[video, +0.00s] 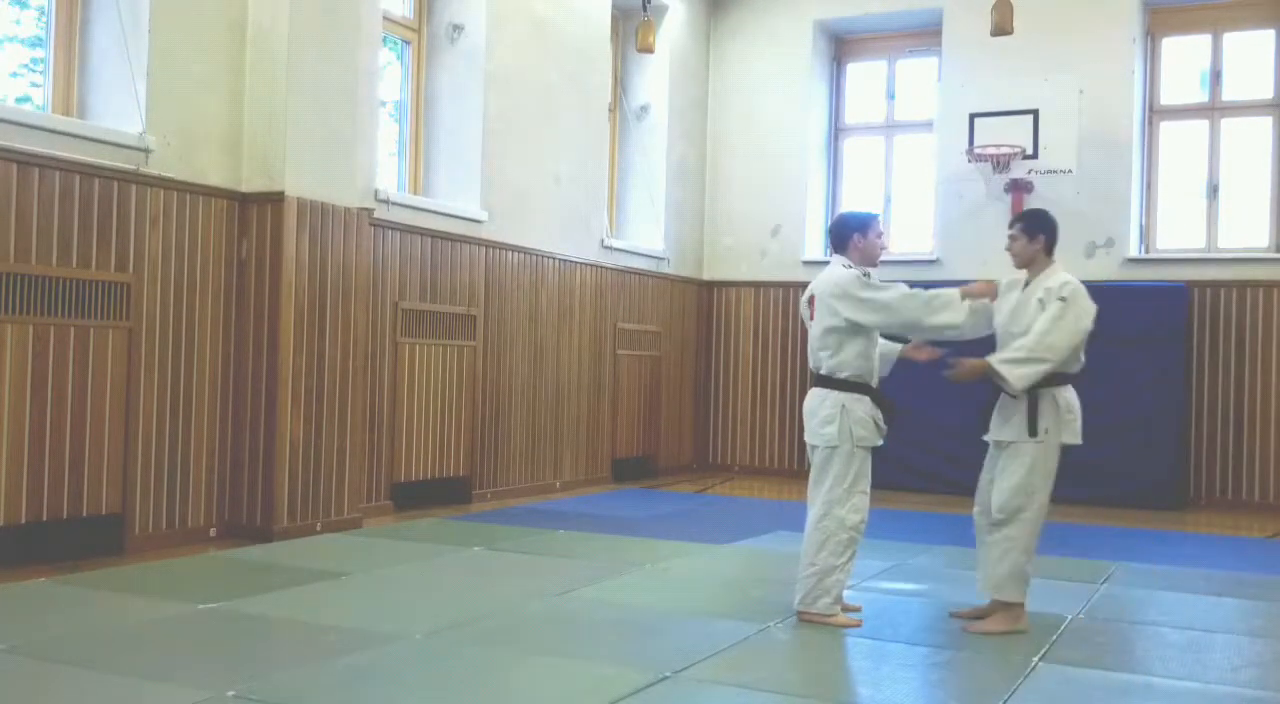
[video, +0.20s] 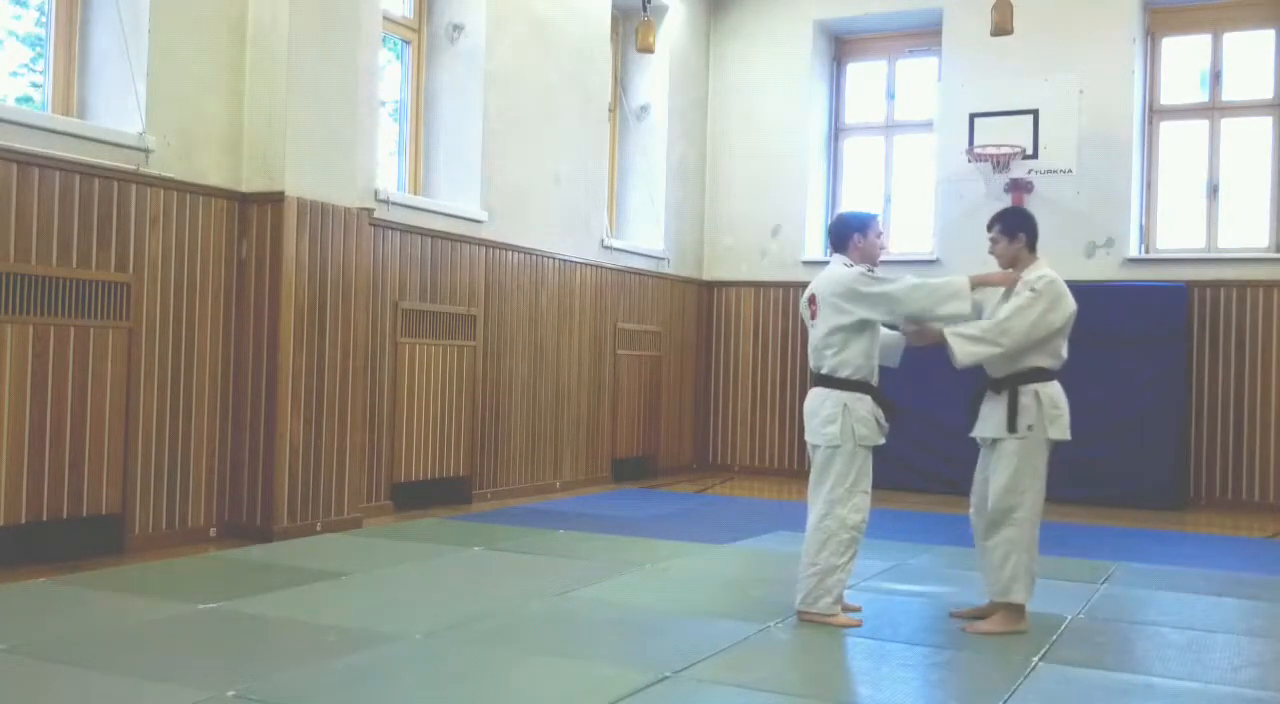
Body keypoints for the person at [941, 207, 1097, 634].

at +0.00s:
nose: (1008, 246)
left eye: (1015, 239)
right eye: (1009, 239)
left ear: (1040, 242)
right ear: (1026, 243)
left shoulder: (1069, 292)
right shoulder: (1012, 289)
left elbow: (1046, 347)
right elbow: (969, 317)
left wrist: (988, 366)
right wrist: (918, 306)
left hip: (1042, 412)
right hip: (1011, 408)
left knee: (1014, 507)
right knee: (989, 505)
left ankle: (1012, 609)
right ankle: (999, 600)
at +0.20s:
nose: (992, 250)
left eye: (997, 241)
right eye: (990, 243)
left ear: (1022, 240)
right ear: (1016, 243)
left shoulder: (1046, 285)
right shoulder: (1018, 285)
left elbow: (1005, 332)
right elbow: (992, 326)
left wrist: (942, 335)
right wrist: (936, 327)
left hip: (1028, 406)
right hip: (1001, 405)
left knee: (1011, 506)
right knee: (986, 505)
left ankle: (1013, 609)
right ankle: (1000, 599)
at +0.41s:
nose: (985, 250)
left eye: (989, 242)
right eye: (982, 243)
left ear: (1013, 239)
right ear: (1008, 242)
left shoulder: (1037, 284)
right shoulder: (1010, 285)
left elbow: (992, 330)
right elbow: (981, 325)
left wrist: (931, 329)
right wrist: (929, 324)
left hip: (1019, 405)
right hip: (995, 404)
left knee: (1009, 507)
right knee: (985, 507)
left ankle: (1014, 610)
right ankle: (1000, 600)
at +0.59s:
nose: (981, 250)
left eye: (986, 242)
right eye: (979, 243)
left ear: (1011, 239)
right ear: (1004, 242)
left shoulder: (1034, 284)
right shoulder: (1005, 285)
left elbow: (993, 332)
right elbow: (981, 326)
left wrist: (932, 330)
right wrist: (931, 324)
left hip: (1016, 405)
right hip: (992, 404)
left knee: (1006, 507)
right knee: (983, 506)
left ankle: (1013, 610)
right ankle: (1000, 600)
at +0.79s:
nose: (979, 252)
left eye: (984, 243)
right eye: (976, 244)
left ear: (1008, 240)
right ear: (998, 243)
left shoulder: (1030, 283)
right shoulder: (994, 285)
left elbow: (991, 325)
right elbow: (966, 322)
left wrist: (932, 320)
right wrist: (918, 324)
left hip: (1012, 405)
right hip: (989, 404)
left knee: (1002, 507)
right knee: (981, 506)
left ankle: (1012, 610)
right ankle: (1000, 600)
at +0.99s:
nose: (973, 252)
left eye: (976, 243)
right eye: (970, 244)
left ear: (1000, 239)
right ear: (998, 241)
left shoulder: (1025, 284)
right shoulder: (999, 285)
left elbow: (982, 334)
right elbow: (972, 329)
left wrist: (919, 335)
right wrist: (911, 328)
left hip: (1009, 405)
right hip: (987, 405)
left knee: (1001, 507)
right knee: (982, 506)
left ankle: (1012, 610)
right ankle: (1000, 600)